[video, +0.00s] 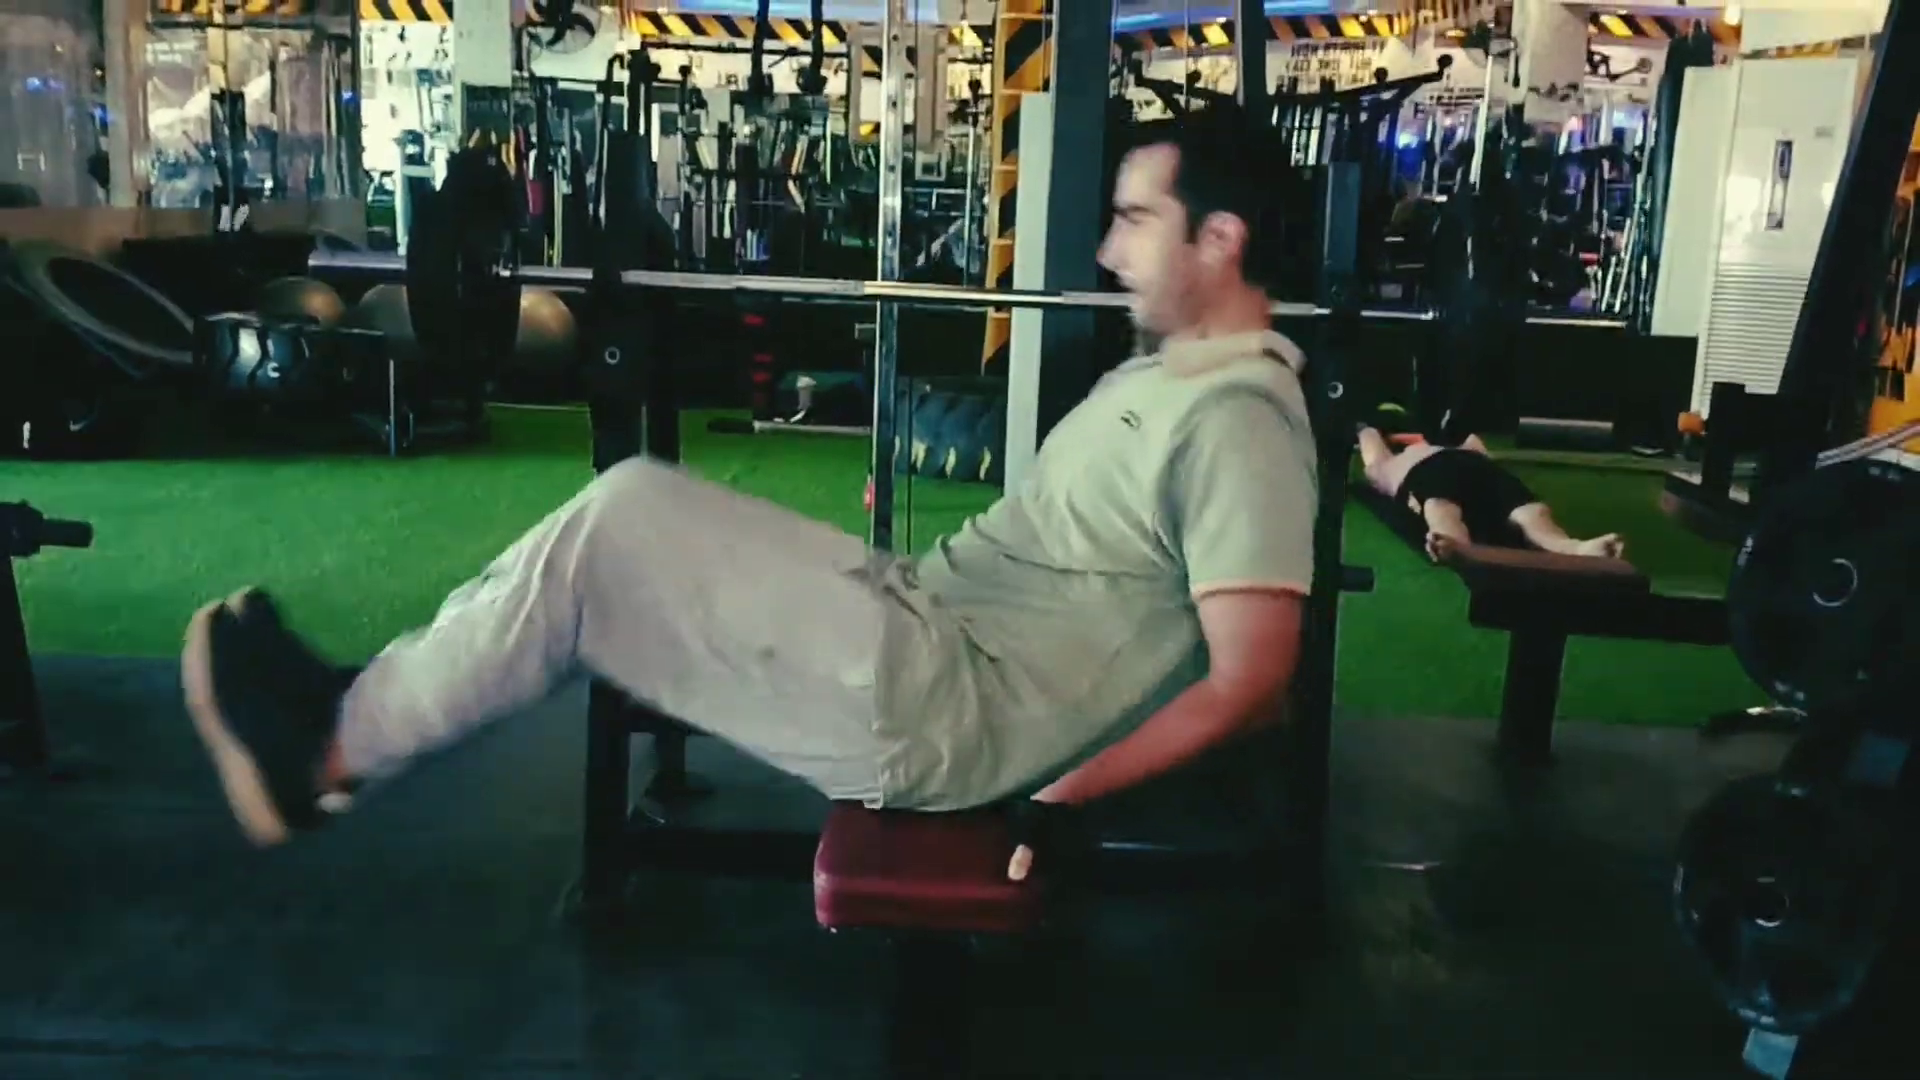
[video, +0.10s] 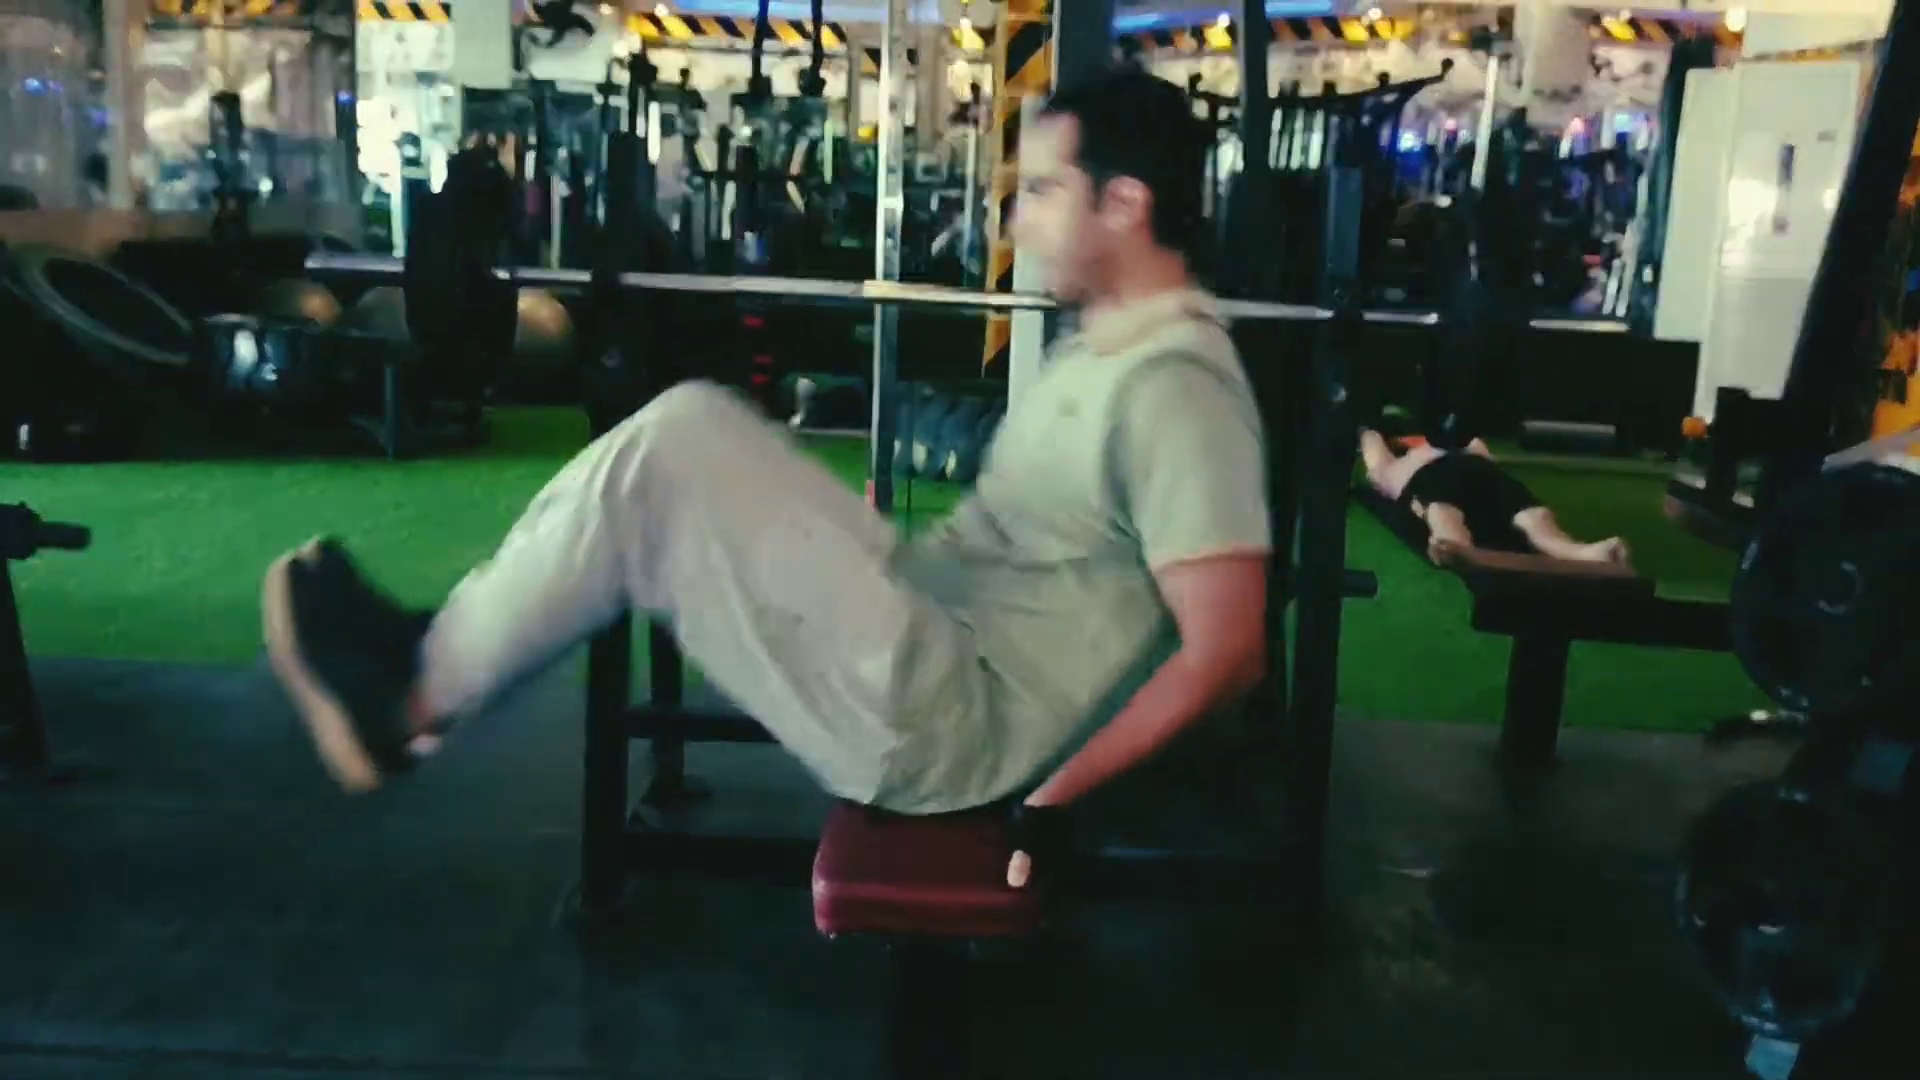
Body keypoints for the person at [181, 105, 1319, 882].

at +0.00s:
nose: (1112, 247)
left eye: (1137, 220)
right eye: (1117, 221)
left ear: (1226, 241)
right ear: (1206, 244)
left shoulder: (1242, 412)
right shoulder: (1174, 377)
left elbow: (1253, 675)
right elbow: (1095, 569)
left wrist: (1057, 795)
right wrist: (920, 576)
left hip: (963, 706)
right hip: (933, 648)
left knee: (627, 520)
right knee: (616, 525)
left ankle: (326, 751)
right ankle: (331, 744)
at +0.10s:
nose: (1014, 221)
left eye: (1037, 192)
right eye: (1016, 192)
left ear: (1128, 207)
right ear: (1111, 207)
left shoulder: (1177, 381)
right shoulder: (1095, 342)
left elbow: (1225, 650)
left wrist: (1044, 809)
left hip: (960, 723)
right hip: (928, 653)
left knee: (685, 439)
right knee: (685, 436)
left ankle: (412, 703)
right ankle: (423, 678)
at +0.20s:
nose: (918, 214)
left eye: (937, 181)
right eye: (920, 183)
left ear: (1019, 192)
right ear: (1012, 196)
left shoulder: (1090, 358)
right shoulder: (1032, 338)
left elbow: (1194, 621)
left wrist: (1036, 802)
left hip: (944, 731)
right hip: (920, 693)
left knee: (759, 381)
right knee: (755, 375)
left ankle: (493, 641)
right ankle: (501, 610)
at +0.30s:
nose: (879, 218)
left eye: (894, 186)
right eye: (881, 187)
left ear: (974, 194)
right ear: (977, 198)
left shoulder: (1045, 362)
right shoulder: (1003, 342)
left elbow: (1181, 612)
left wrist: (1034, 800)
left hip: (931, 741)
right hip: (919, 712)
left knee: (781, 373)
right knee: (785, 365)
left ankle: (499, 629)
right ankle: (519, 591)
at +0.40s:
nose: (920, 227)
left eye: (938, 195)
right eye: (921, 197)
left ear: (1024, 205)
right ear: (1016, 210)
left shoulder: (1080, 364)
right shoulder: (1037, 344)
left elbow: (1201, 624)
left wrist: (1035, 800)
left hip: (933, 729)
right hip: (916, 681)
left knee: (720, 396)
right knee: (722, 388)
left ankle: (442, 660)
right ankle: (453, 629)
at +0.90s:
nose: (1081, 247)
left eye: (1103, 221)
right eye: (1084, 221)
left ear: (1195, 237)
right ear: (1172, 238)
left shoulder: (1219, 400)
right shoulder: (1165, 372)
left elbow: (1249, 680)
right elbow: (1171, 618)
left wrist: (1055, 796)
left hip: (941, 706)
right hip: (917, 631)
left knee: (599, 563)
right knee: (609, 530)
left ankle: (316, 814)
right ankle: (356, 756)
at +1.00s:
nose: (977, 229)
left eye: (997, 196)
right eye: (978, 199)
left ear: (1087, 204)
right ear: (1082, 207)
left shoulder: (1148, 371)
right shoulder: (1076, 345)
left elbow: (1221, 641)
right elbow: (1031, 556)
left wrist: (1042, 794)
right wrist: (889, 569)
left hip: (951, 721)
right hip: (917, 674)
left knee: (671, 449)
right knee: (665, 453)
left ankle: (421, 730)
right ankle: (423, 722)